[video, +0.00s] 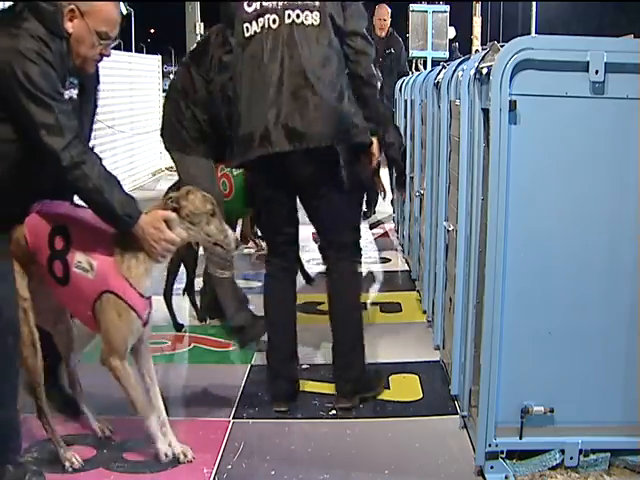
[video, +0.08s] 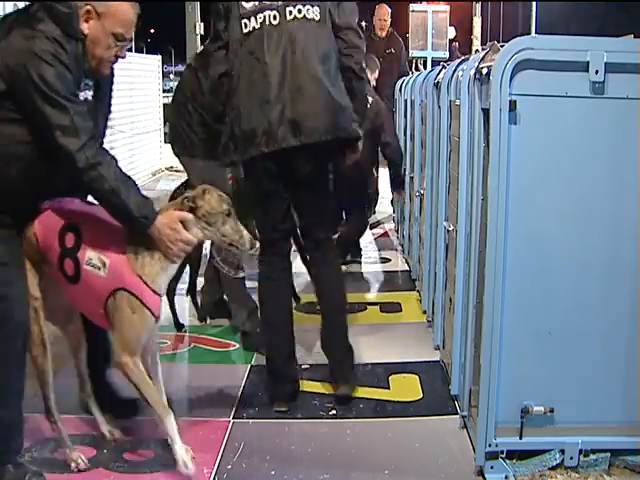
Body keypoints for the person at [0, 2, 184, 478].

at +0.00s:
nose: (107, 51)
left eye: (112, 41)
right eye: (102, 38)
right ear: (71, 18)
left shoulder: (78, 57)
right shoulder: (25, 48)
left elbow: (74, 148)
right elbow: (64, 149)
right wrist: (133, 219)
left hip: (35, 214)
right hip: (3, 216)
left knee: (52, 308)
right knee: (9, 330)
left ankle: (55, 386)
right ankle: (9, 452)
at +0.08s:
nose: (122, 52)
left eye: (127, 43)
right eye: (118, 39)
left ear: (94, 18)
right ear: (86, 18)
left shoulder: (94, 58)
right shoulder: (36, 48)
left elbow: (91, 146)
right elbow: (78, 152)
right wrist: (150, 219)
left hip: (59, 204)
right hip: (9, 209)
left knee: (97, 290)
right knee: (14, 322)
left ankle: (108, 393)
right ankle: (9, 454)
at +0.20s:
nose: (150, 54)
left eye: (156, 45)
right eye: (148, 41)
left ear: (123, 21)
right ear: (117, 19)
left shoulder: (112, 54)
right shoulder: (65, 51)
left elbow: (110, 147)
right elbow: (107, 155)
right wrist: (173, 223)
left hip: (70, 202)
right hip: (17, 207)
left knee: (127, 289)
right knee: (27, 325)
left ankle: (153, 391)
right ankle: (7, 455)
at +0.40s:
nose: (210, 58)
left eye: (216, 49)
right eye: (210, 44)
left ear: (187, 21)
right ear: (183, 19)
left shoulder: (169, 53)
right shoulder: (126, 41)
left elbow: (174, 140)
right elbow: (162, 140)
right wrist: (222, 219)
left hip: (128, 191)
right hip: (68, 191)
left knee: (158, 298)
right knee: (65, 310)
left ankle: (174, 409)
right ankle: (12, 443)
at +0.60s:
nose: (262, 48)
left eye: (268, 39)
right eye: (262, 34)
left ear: (239, 12)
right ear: (238, 8)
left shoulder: (205, 32)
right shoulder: (184, 22)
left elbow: (219, 137)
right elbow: (217, 127)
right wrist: (272, 211)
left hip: (161, 178)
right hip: (108, 169)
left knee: (172, 292)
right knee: (118, 292)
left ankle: (172, 404)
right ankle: (49, 416)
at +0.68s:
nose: (277, 46)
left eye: (283, 38)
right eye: (277, 32)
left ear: (255, 11)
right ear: (254, 9)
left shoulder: (221, 28)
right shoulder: (198, 26)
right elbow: (232, 132)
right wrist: (285, 207)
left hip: (173, 166)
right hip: (121, 161)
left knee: (209, 265)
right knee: (137, 283)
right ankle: (100, 431)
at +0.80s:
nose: (295, 43)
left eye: (302, 34)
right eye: (296, 27)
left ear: (271, 11)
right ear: (270, 6)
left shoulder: (243, 31)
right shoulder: (218, 23)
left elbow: (254, 130)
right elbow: (253, 133)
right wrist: (309, 201)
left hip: (199, 171)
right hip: (142, 169)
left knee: (247, 262)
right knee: (170, 297)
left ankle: (261, 353)